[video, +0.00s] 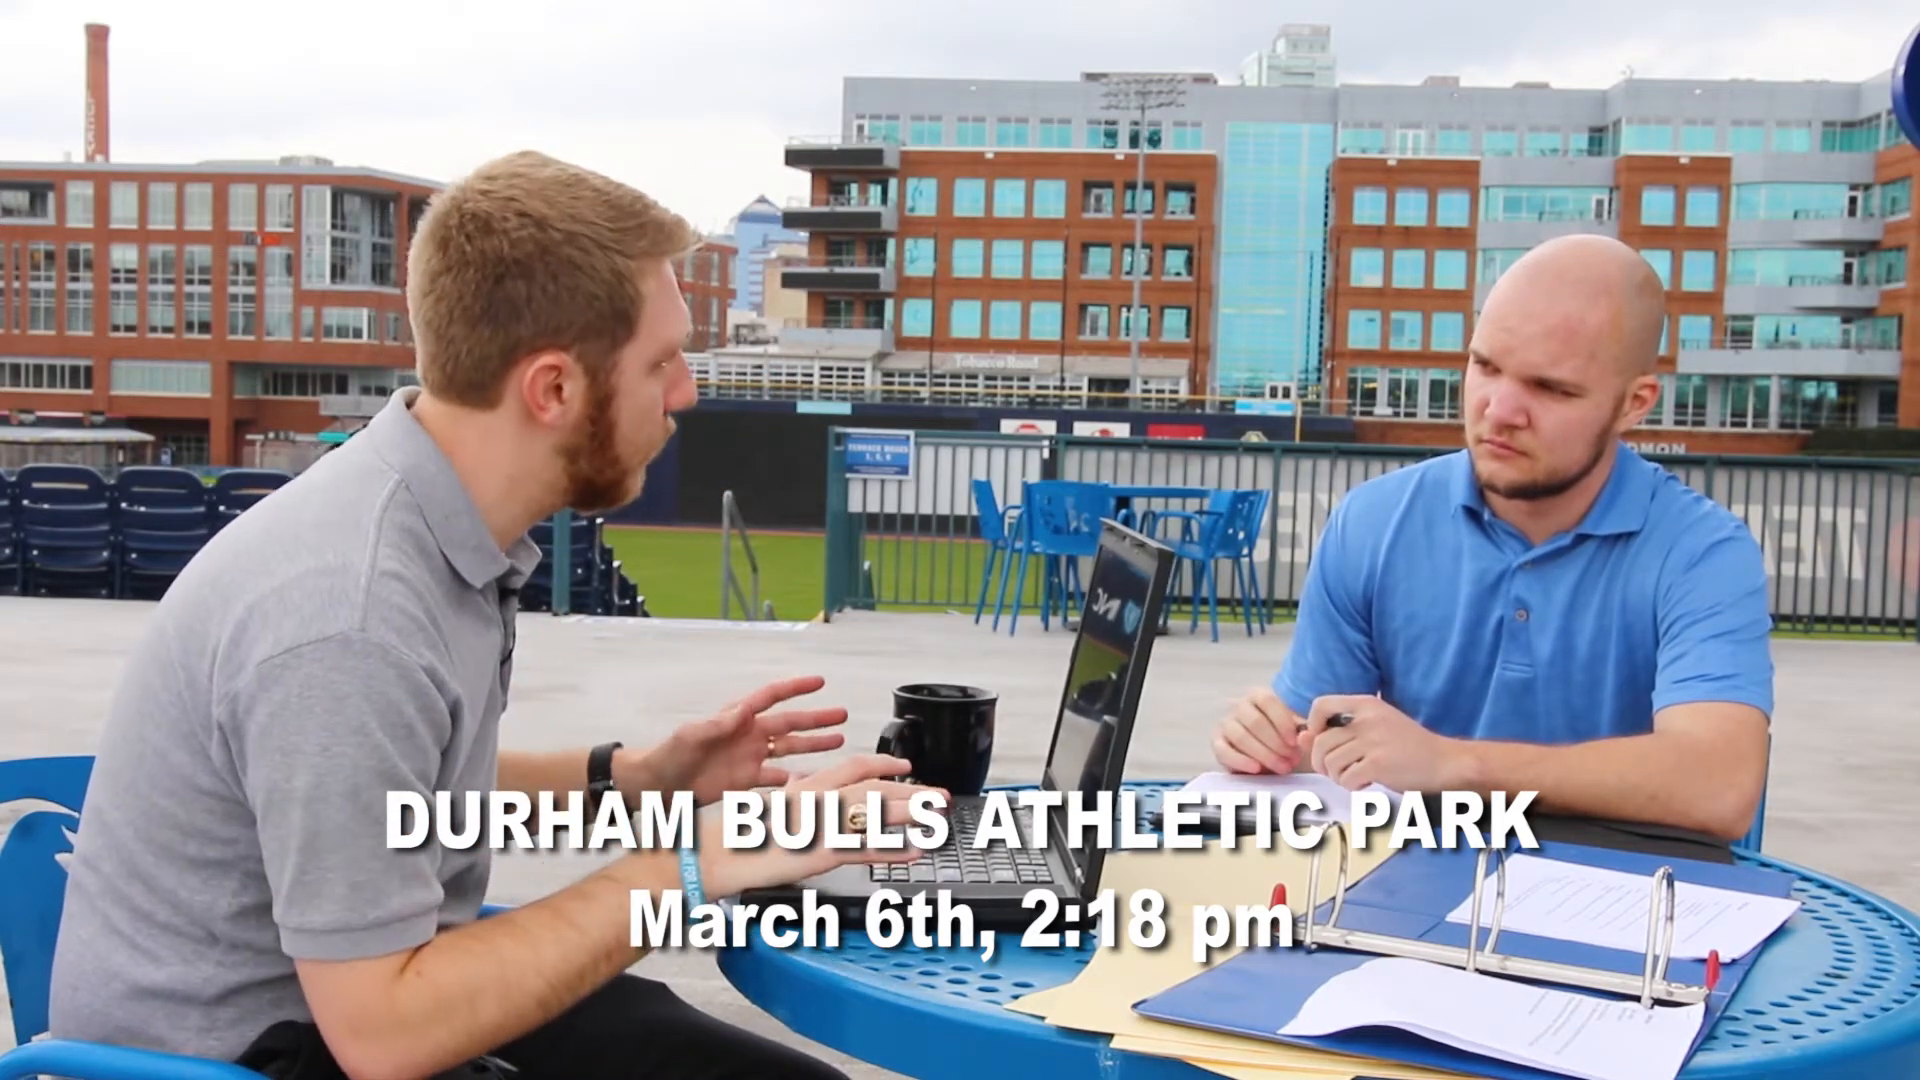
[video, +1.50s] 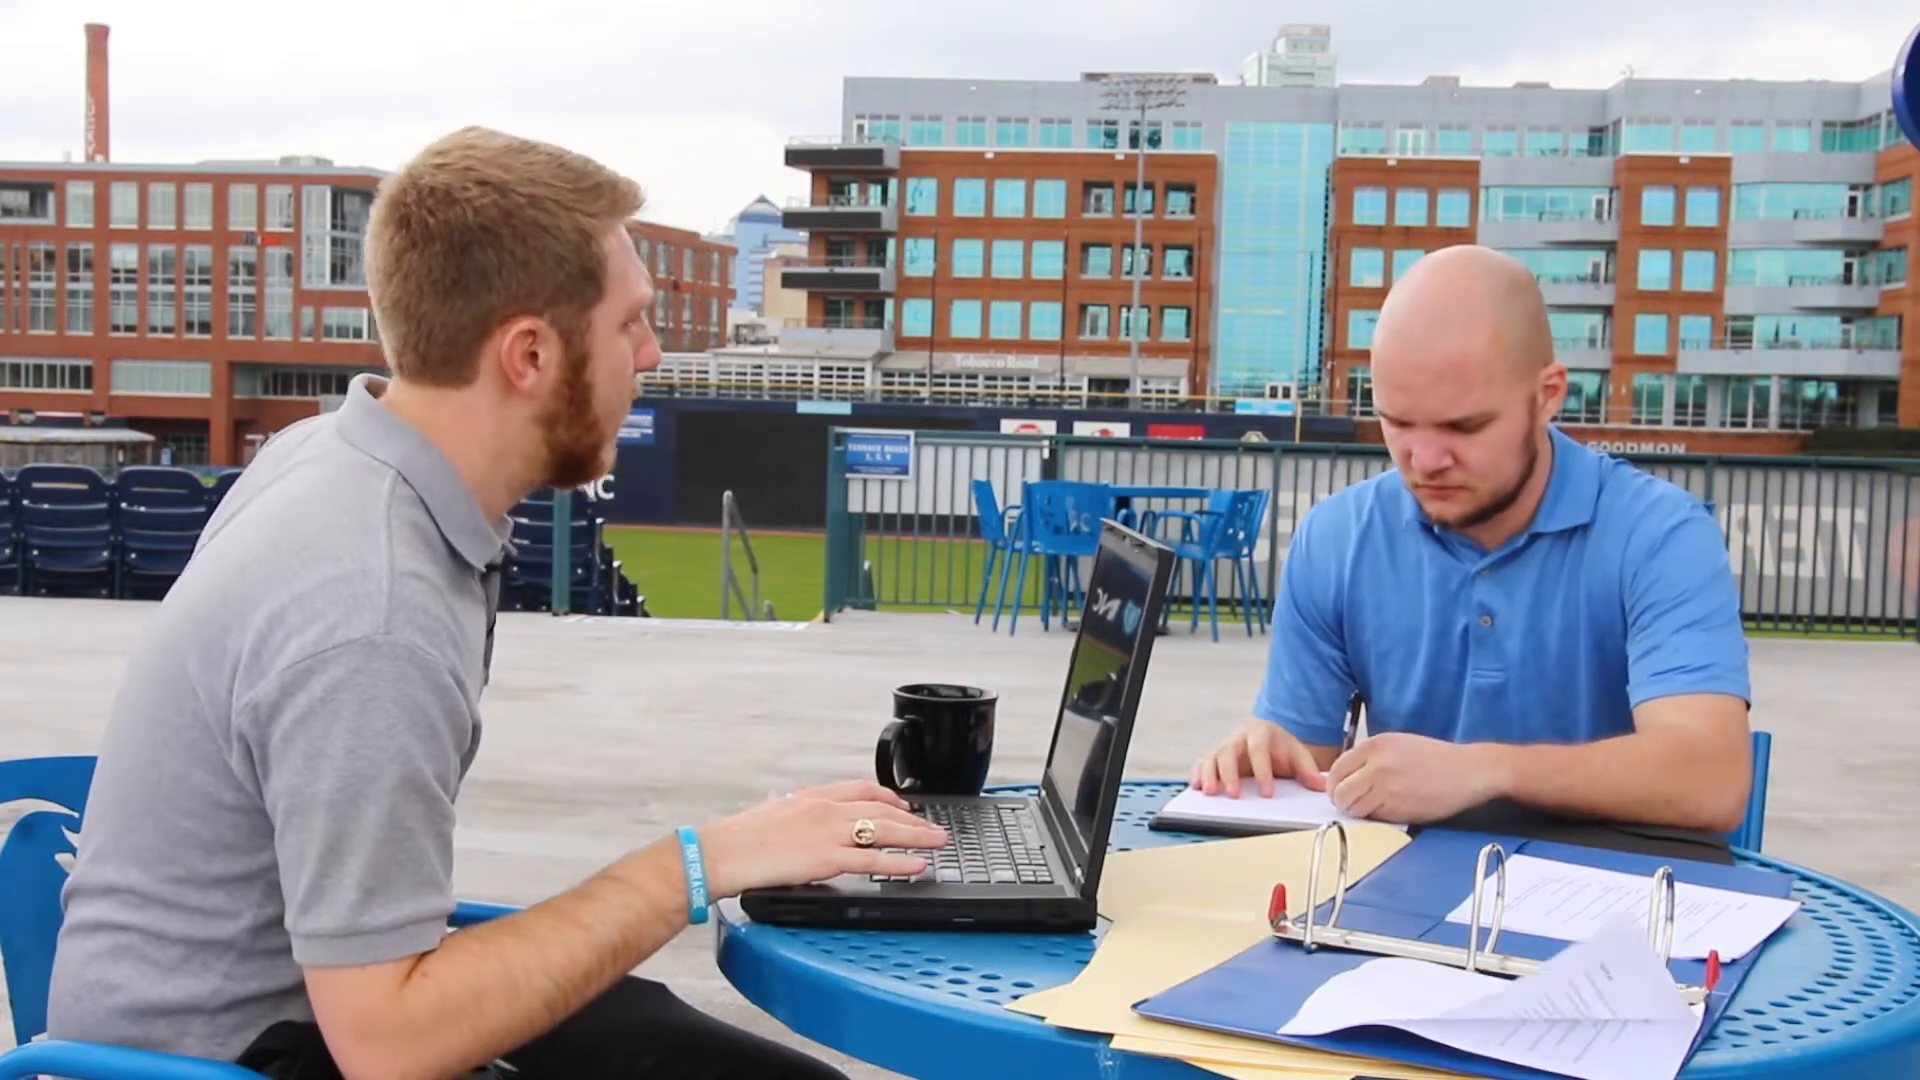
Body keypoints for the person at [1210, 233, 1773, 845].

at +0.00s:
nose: (1499, 411)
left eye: (1549, 388)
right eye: (1487, 367)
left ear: (1631, 406)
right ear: (1467, 353)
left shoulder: (1698, 551)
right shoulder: (1371, 523)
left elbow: (1714, 785)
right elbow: (1303, 717)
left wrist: (1450, 762)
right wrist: (1262, 730)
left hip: (1622, 913)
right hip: (1395, 888)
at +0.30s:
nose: (1498, 421)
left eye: (1546, 399)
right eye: (1483, 378)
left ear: (1630, 404)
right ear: (1465, 358)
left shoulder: (1698, 550)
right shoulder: (1372, 521)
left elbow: (1713, 784)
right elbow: (1304, 719)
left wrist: (1449, 763)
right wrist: (1265, 732)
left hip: (1623, 913)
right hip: (1398, 889)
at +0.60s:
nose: (1475, 438)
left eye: (1519, 409)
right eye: (1452, 397)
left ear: (1607, 396)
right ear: (1434, 367)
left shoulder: (1686, 545)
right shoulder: (1361, 527)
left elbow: (1708, 784)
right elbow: (1306, 736)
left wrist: (1468, 762)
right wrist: (1261, 744)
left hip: (1622, 910)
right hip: (1399, 891)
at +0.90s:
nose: (1433, 453)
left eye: (1473, 419)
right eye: (1409, 416)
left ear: (1559, 391)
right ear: (1389, 387)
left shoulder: (1666, 538)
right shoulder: (1346, 537)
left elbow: (1707, 783)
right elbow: (1306, 751)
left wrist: (1488, 767)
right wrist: (1261, 750)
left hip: (1619, 910)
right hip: (1402, 893)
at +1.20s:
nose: (1421, 461)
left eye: (1460, 427)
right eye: (1395, 424)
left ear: (1546, 393)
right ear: (1375, 395)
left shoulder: (1657, 534)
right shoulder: (1336, 541)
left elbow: (1706, 782)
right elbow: (1306, 758)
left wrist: (1480, 771)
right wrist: (1261, 753)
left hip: (1615, 904)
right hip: (1400, 891)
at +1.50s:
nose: (1424, 461)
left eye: (1464, 427)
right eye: (1398, 424)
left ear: (1548, 395)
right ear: (1377, 394)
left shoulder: (1658, 537)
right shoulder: (1336, 542)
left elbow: (1706, 781)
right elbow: (1306, 756)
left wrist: (1480, 770)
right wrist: (1261, 753)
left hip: (1613, 906)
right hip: (1399, 893)